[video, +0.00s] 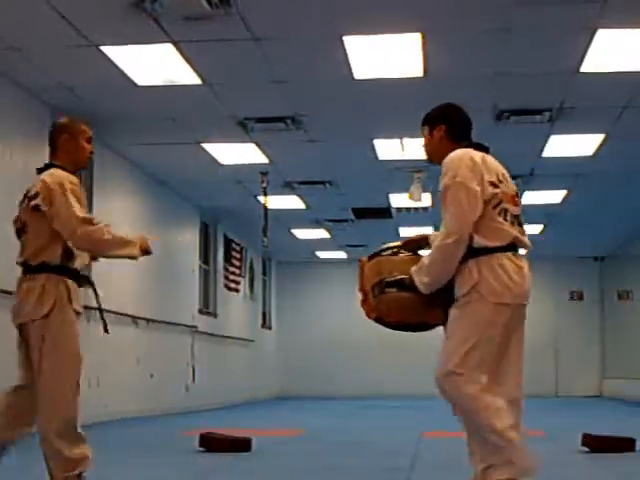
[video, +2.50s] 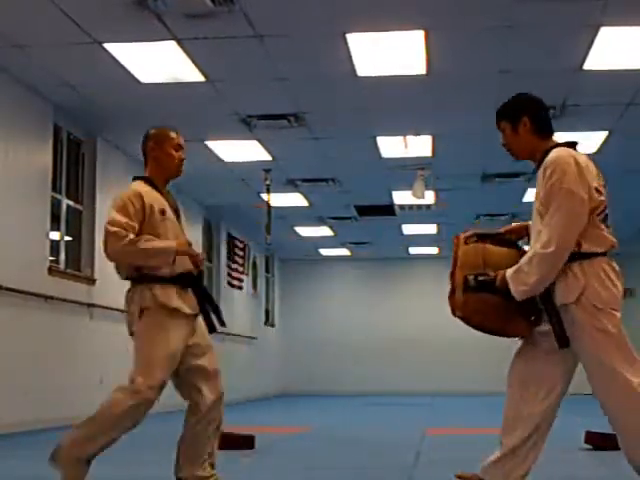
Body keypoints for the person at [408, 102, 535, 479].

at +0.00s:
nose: (424, 144)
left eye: (426, 135)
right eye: (424, 136)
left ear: (441, 132)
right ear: (459, 133)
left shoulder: (459, 161)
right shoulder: (488, 164)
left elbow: (456, 230)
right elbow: (481, 231)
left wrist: (423, 276)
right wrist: (427, 239)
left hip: (488, 276)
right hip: (513, 274)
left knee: (454, 374)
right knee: (501, 381)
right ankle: (495, 469)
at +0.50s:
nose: (335, 137)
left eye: (337, 128)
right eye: (335, 129)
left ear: (356, 127)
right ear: (373, 128)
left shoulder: (370, 164)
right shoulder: (405, 159)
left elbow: (350, 238)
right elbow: (382, 224)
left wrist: (310, 280)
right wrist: (332, 235)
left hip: (401, 280)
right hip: (438, 274)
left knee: (376, 381)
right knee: (451, 384)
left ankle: (364, 472)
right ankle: (482, 471)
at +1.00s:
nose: (314, 146)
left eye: (315, 137)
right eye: (312, 138)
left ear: (335, 133)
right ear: (350, 131)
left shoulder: (355, 171)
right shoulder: (389, 159)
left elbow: (341, 247)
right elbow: (366, 222)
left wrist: (302, 288)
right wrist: (318, 235)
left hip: (394, 282)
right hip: (430, 273)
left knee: (362, 380)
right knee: (447, 380)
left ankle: (363, 471)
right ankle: (500, 467)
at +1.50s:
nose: (418, 147)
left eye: (419, 136)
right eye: (415, 139)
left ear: (438, 127)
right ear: (445, 128)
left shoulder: (469, 154)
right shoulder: (480, 155)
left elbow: (468, 220)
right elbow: (477, 226)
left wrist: (418, 247)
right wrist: (426, 247)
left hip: (498, 270)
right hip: (513, 267)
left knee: (469, 374)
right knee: (511, 375)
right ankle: (525, 466)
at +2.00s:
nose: (505, 160)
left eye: (503, 149)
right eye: (500, 153)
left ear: (521, 136)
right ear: (530, 136)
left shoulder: (559, 167)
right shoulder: (572, 163)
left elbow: (555, 246)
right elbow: (563, 226)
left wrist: (507, 282)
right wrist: (511, 217)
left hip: (593, 281)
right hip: (576, 283)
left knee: (626, 387)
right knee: (549, 389)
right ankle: (528, 474)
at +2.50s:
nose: (504, 144)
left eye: (505, 134)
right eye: (502, 136)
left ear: (525, 126)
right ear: (530, 127)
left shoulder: (563, 163)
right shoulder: (557, 163)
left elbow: (557, 240)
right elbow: (559, 222)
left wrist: (511, 282)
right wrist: (518, 231)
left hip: (586, 279)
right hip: (563, 281)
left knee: (617, 383)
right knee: (532, 376)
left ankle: (638, 462)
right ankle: (504, 472)